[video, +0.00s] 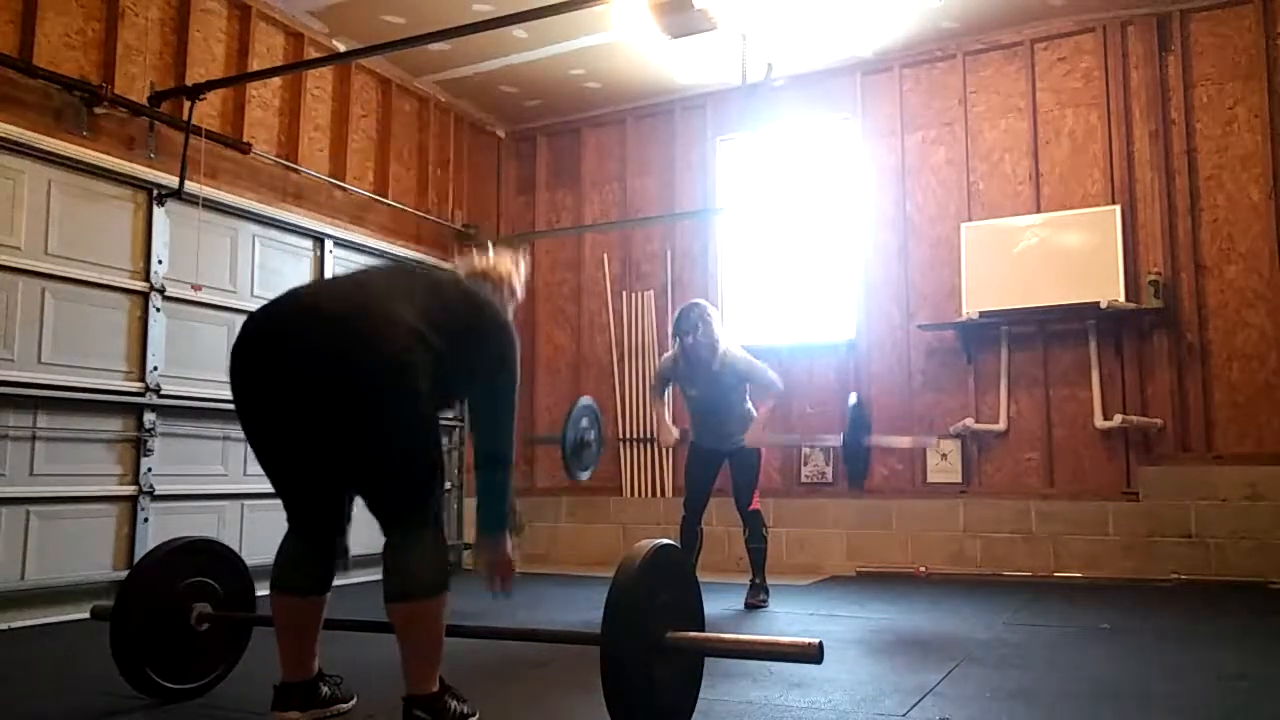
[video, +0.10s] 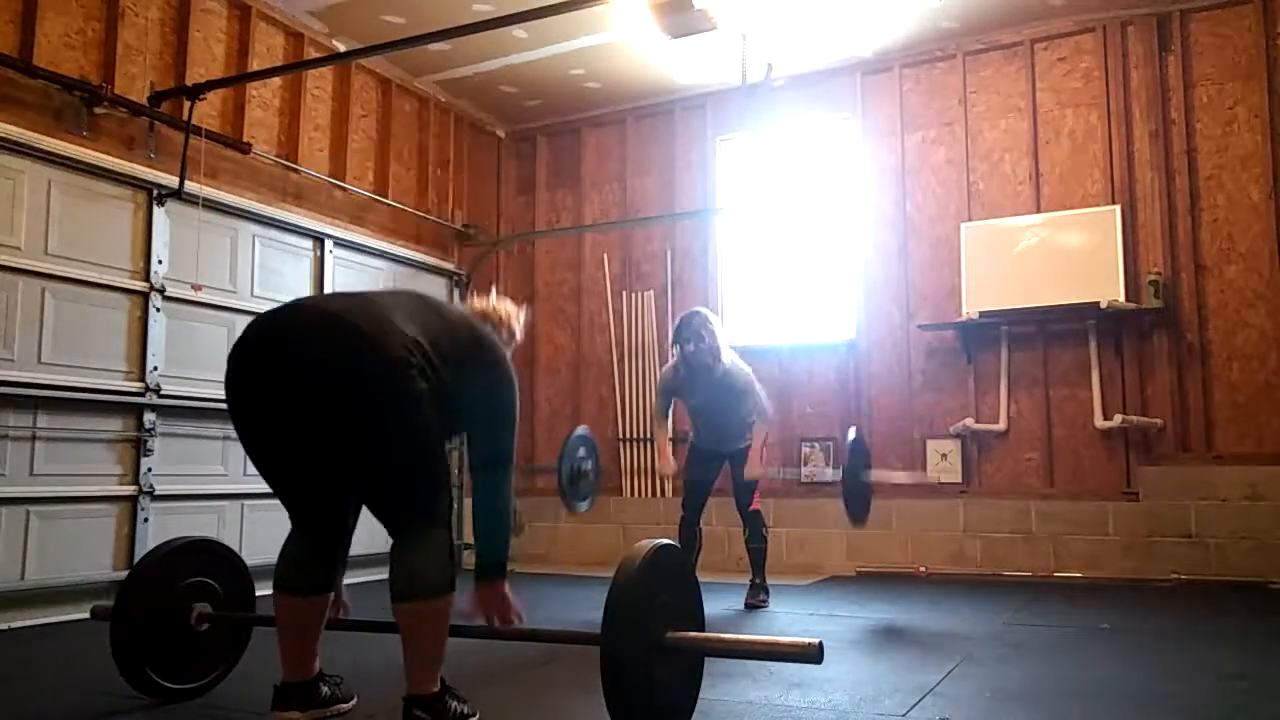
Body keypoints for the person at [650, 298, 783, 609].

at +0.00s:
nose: (691, 341)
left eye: (698, 333)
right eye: (685, 335)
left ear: (713, 332)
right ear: (678, 337)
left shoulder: (732, 360)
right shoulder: (673, 364)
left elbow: (775, 388)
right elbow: (657, 389)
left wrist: (758, 425)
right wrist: (664, 424)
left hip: (742, 442)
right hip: (703, 443)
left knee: (747, 506)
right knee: (691, 512)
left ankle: (758, 582)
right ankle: (684, 581)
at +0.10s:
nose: (692, 347)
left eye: (699, 340)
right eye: (686, 341)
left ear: (713, 339)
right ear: (679, 344)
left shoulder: (736, 372)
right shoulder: (671, 377)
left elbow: (764, 415)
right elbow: (661, 416)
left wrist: (756, 458)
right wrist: (664, 456)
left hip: (742, 444)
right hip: (704, 445)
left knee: (747, 506)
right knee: (690, 511)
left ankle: (758, 583)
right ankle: (684, 582)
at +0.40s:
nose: (700, 410)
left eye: (705, 402)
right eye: (692, 403)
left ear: (716, 398)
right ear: (680, 401)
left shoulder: (732, 422)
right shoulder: (671, 428)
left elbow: (748, 475)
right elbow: (663, 479)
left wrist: (748, 529)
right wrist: (662, 528)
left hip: (738, 477)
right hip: (703, 479)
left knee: (745, 522)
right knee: (679, 515)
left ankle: (757, 585)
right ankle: (683, 584)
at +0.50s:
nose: (706, 418)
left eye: (711, 410)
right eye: (700, 411)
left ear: (719, 407)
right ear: (687, 409)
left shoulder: (735, 434)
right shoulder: (673, 437)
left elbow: (751, 484)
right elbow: (662, 487)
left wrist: (748, 539)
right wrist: (661, 535)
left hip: (734, 486)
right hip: (700, 487)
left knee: (741, 521)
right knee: (679, 518)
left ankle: (757, 585)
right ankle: (684, 584)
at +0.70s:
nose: (736, 415)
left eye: (739, 409)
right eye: (730, 409)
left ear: (743, 403)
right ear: (712, 399)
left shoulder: (746, 420)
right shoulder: (681, 416)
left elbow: (759, 465)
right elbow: (664, 466)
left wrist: (752, 503)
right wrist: (662, 506)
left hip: (724, 464)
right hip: (686, 464)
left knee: (737, 520)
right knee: (677, 526)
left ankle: (756, 584)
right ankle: (672, 587)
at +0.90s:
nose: (763, 401)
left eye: (765, 395)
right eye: (763, 394)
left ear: (758, 389)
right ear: (743, 382)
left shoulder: (747, 400)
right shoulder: (703, 389)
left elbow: (740, 439)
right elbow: (662, 431)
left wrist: (743, 475)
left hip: (701, 443)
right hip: (669, 445)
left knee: (732, 494)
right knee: (686, 509)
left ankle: (729, 562)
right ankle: (680, 574)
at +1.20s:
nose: (780, 452)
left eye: (784, 448)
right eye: (781, 445)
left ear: (779, 437)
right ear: (771, 432)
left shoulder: (758, 440)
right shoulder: (733, 432)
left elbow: (766, 487)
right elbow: (731, 493)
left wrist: (776, 532)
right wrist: (748, 542)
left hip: (692, 455)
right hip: (664, 445)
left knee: (700, 511)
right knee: (675, 512)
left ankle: (681, 570)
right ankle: (638, 575)